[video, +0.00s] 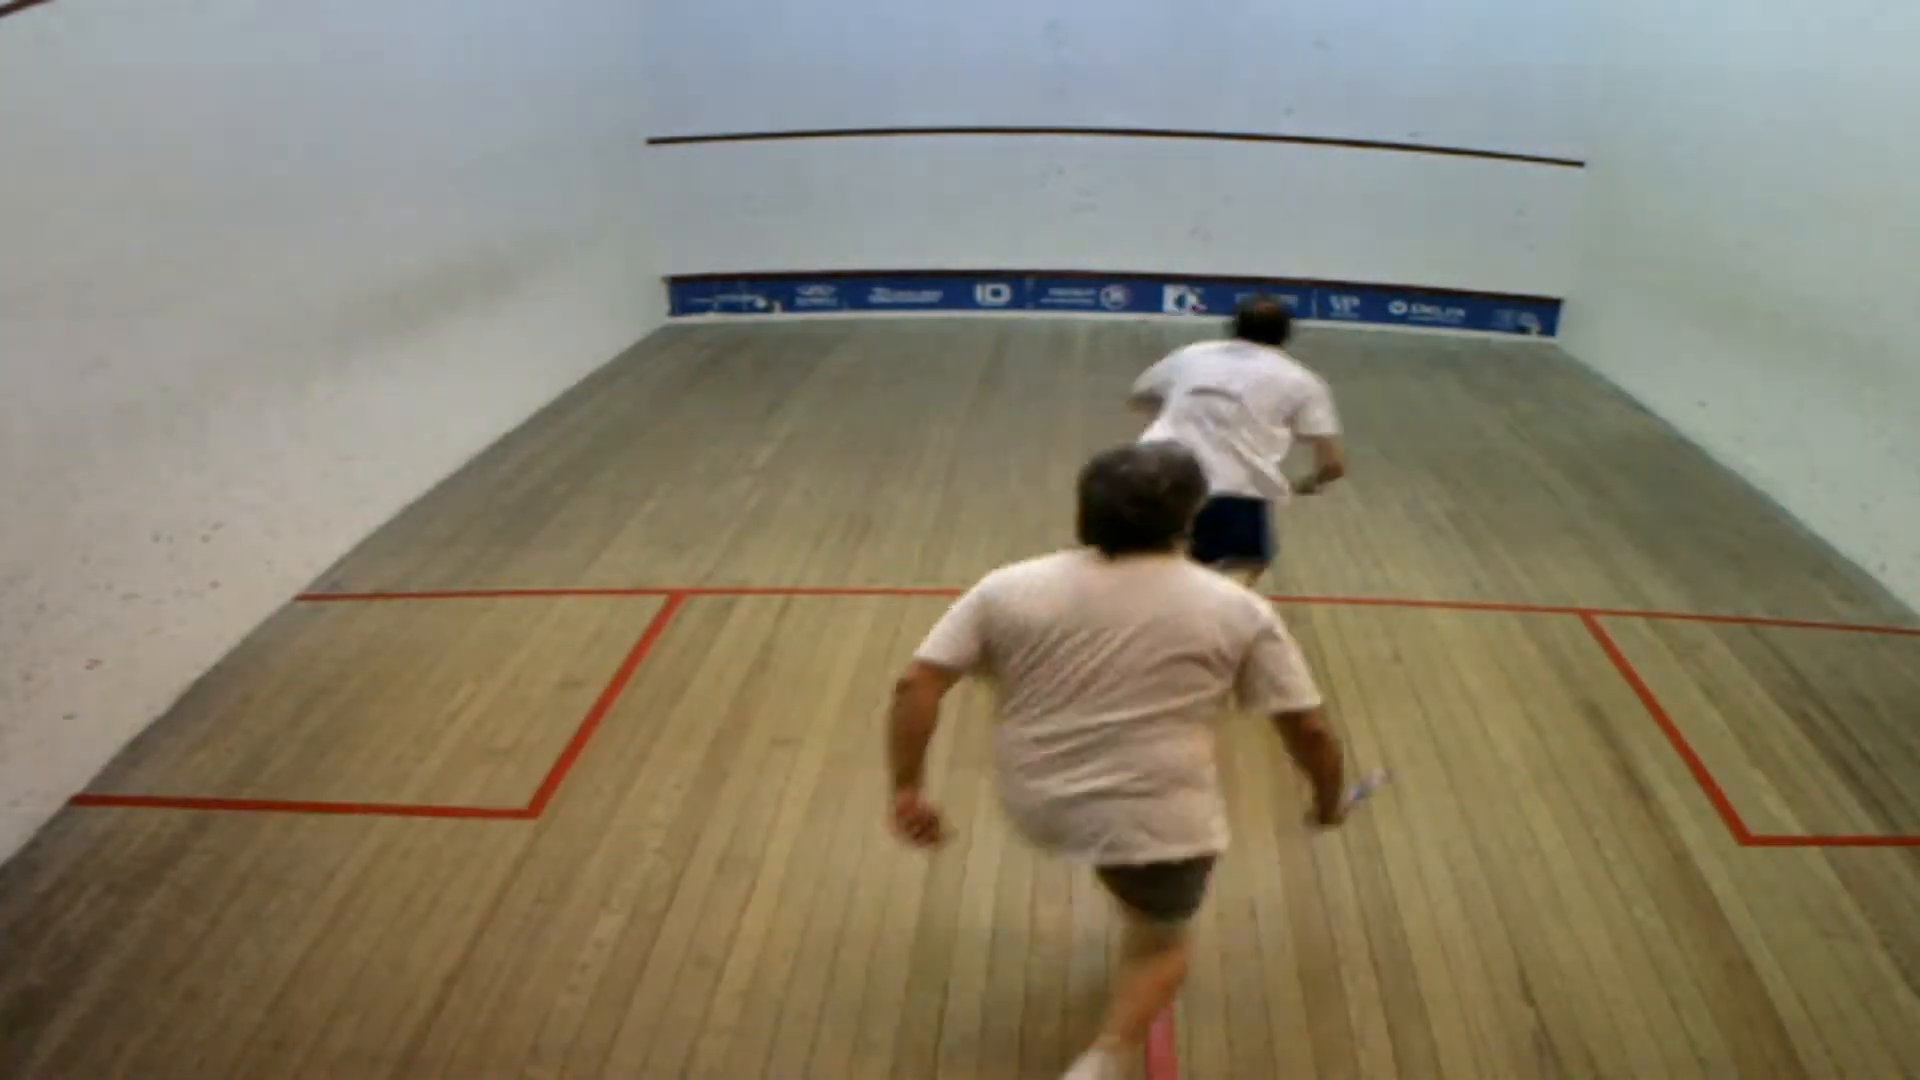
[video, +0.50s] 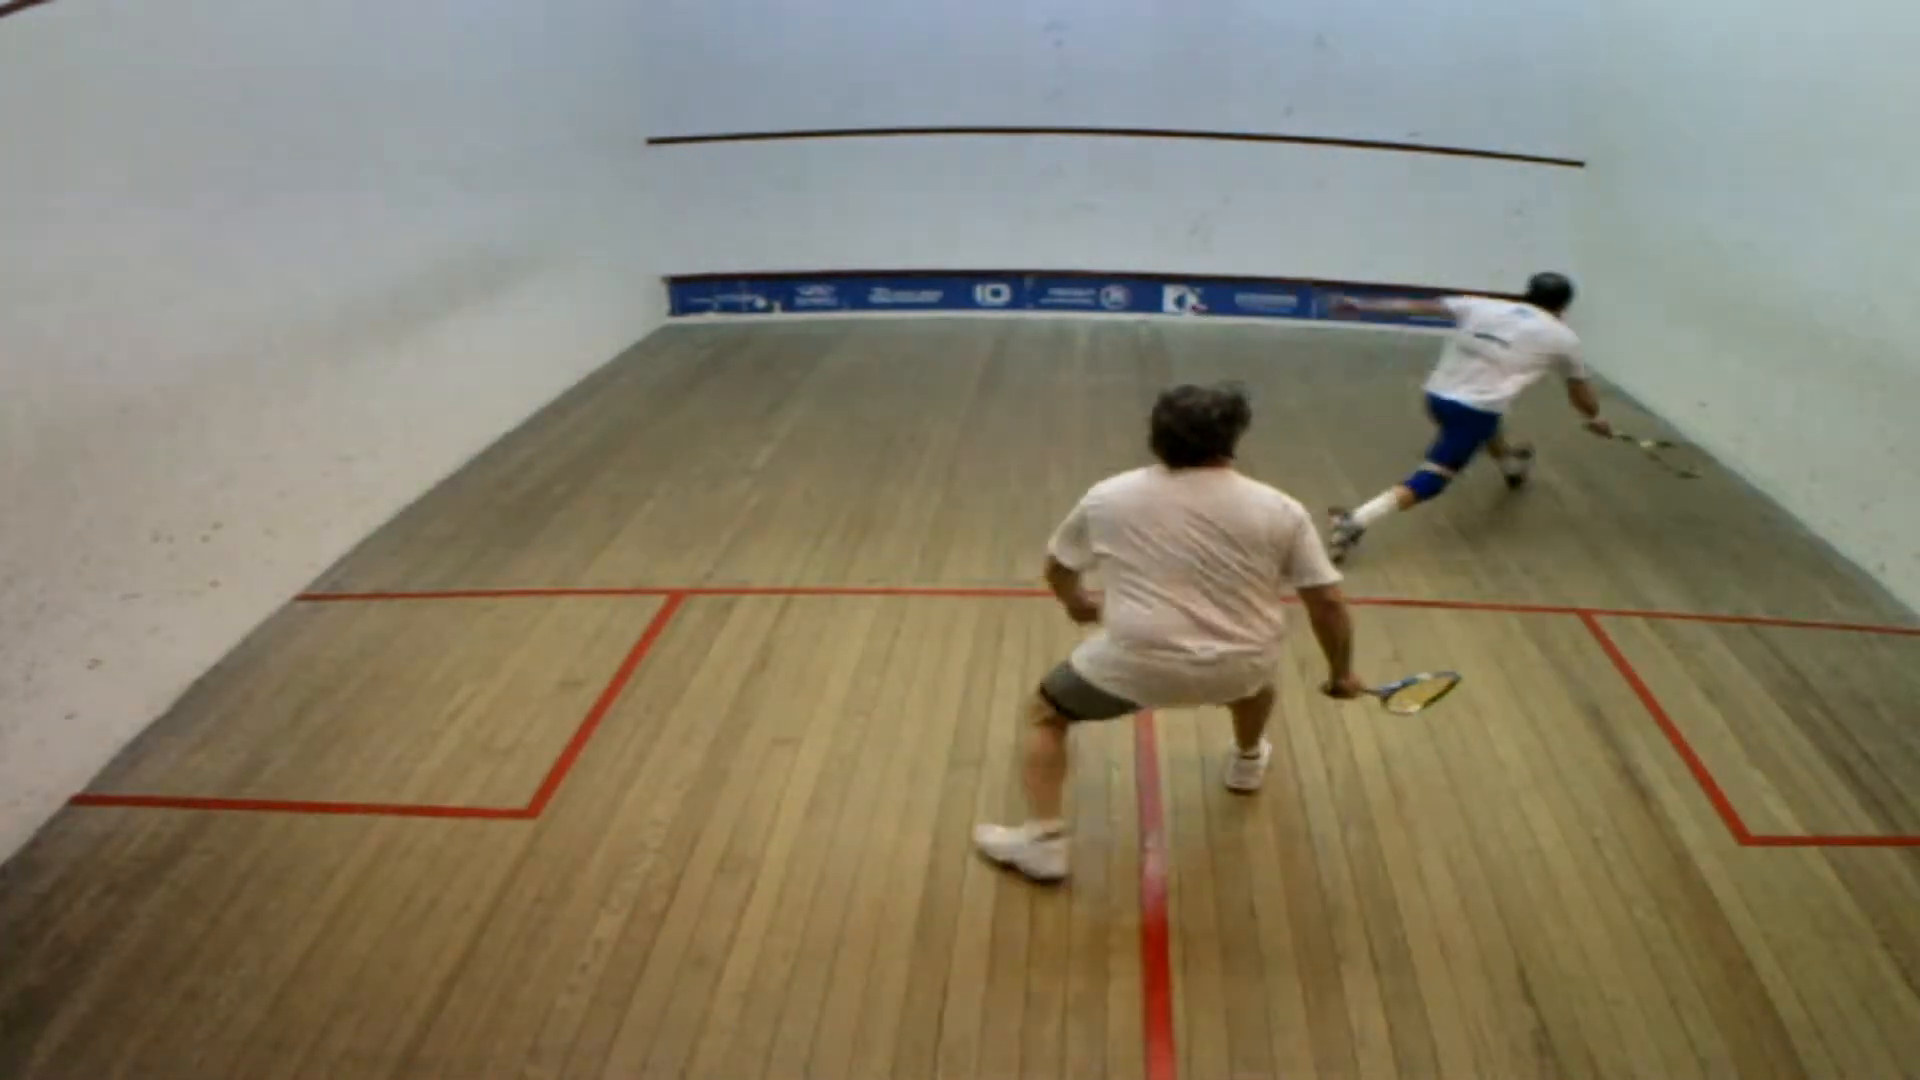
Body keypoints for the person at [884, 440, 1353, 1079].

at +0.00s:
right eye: (1193, 516)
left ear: (1087, 516)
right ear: (1185, 524)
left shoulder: (1015, 591)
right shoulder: (1229, 608)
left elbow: (916, 684)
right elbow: (1310, 731)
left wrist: (905, 789)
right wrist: (1330, 800)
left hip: (1039, 812)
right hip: (1160, 828)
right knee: (1158, 949)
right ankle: (1101, 1062)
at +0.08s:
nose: (1210, 509)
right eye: (1206, 500)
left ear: (1103, 501)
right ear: (1197, 510)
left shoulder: (1037, 575)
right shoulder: (1240, 590)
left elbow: (942, 664)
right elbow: (1320, 707)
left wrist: (939, 765)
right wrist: (1345, 768)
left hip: (1063, 792)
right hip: (1182, 793)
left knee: (1110, 829)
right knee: (1196, 888)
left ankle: (1157, 919)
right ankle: (1147, 992)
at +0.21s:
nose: (1239, 473)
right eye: (1234, 464)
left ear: (1143, 465)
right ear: (1226, 470)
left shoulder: (1085, 526)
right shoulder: (1270, 544)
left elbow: (1002, 610)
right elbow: (1341, 652)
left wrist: (1024, 659)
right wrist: (1362, 719)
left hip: (1095, 720)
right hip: (1207, 718)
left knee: (1121, 787)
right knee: (1224, 755)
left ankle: (1156, 914)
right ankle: (1225, 855)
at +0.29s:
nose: (1245, 453)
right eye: (1242, 444)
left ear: (1158, 446)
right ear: (1236, 450)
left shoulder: (1102, 504)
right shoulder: (1281, 526)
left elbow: (1024, 570)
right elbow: (1344, 631)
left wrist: (1068, 609)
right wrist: (1360, 699)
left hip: (1113, 704)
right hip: (1222, 700)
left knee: (1118, 777)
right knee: (1236, 732)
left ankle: (1154, 888)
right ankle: (1243, 779)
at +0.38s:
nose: (1251, 449)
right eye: (1248, 441)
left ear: (1170, 443)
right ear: (1244, 449)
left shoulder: (1119, 502)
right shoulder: (1291, 522)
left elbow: (1043, 559)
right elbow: (1348, 618)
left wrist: (1078, 588)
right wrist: (1359, 690)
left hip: (1124, 682)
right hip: (1229, 687)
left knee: (1076, 744)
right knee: (1247, 704)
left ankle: (1133, 848)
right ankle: (1251, 764)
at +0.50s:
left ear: (1159, 438)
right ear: (1231, 440)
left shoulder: (1112, 498)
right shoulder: (1277, 511)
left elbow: (1059, 568)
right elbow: (1327, 604)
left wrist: (1078, 605)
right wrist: (1341, 673)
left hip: (1136, 665)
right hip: (1239, 670)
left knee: (1045, 712)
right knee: (1256, 678)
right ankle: (1248, 760)